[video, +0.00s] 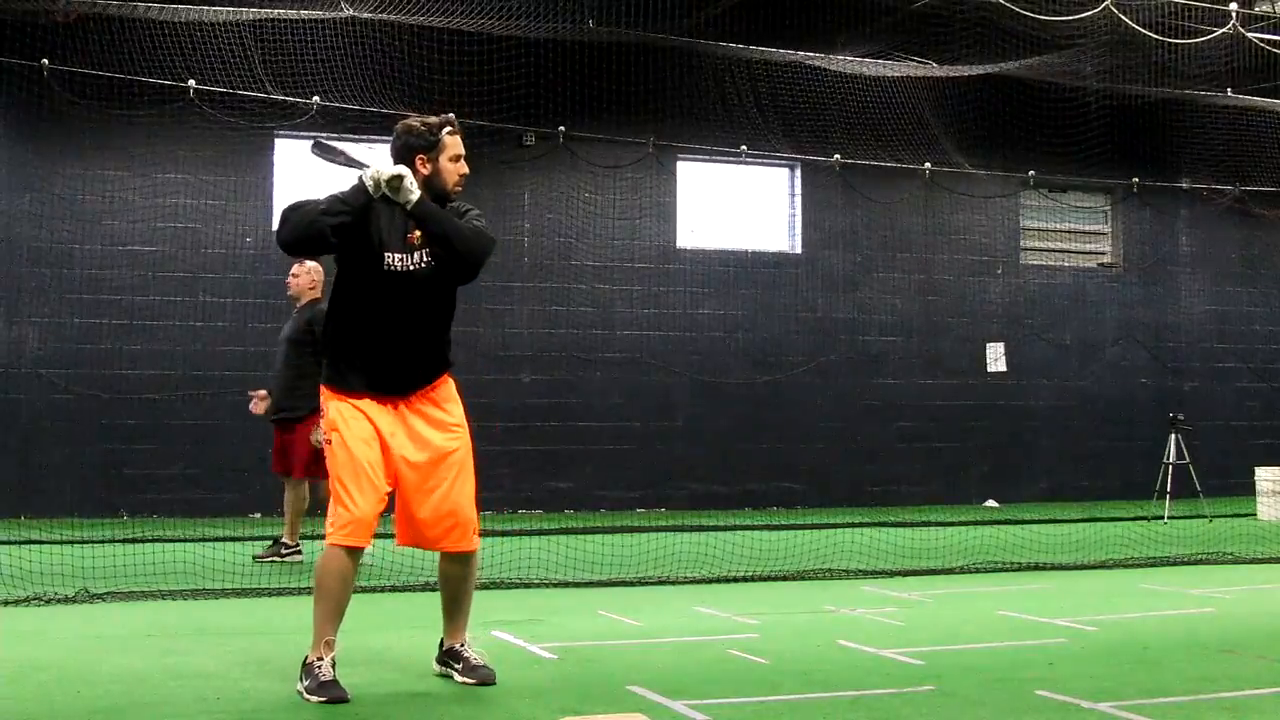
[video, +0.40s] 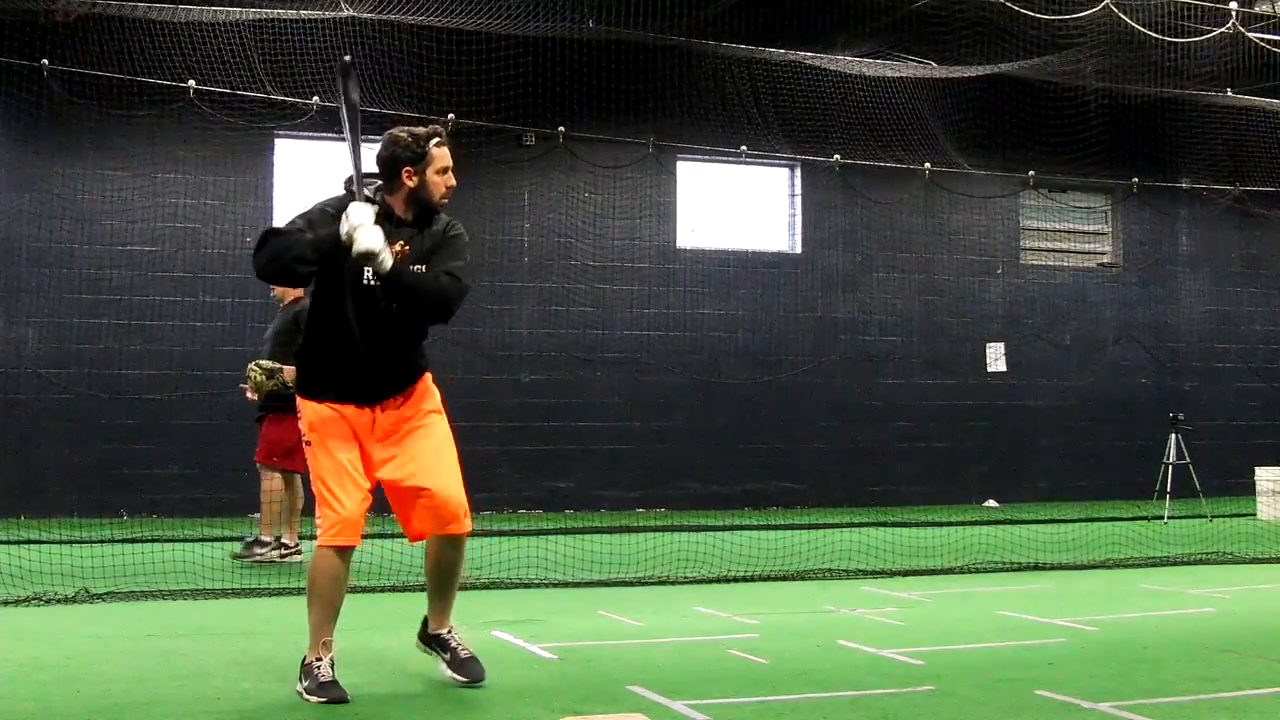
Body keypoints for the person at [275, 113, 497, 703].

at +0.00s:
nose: (464, 167)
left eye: (463, 157)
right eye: (455, 158)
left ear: (434, 163)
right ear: (421, 163)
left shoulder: (457, 219)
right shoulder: (360, 210)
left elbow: (474, 252)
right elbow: (291, 235)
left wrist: (416, 200)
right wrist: (362, 192)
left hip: (430, 395)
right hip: (354, 397)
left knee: (459, 527)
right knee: (353, 523)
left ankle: (454, 646)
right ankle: (320, 657)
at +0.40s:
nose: (450, 181)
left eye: (451, 171)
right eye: (442, 172)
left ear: (416, 175)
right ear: (407, 176)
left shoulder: (443, 232)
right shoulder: (343, 214)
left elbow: (445, 300)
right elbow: (266, 257)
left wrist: (386, 259)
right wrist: (339, 236)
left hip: (409, 400)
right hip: (332, 404)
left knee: (451, 516)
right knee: (342, 525)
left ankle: (438, 629)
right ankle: (318, 658)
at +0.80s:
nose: (469, 205)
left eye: (470, 194)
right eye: (460, 196)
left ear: (436, 198)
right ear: (422, 199)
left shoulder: (460, 258)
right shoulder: (359, 229)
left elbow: (429, 332)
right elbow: (271, 249)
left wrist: (334, 310)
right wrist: (300, 265)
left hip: (440, 401)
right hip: (359, 411)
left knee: (502, 499)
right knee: (348, 531)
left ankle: (481, 627)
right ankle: (322, 658)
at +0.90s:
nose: (480, 213)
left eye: (481, 202)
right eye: (470, 203)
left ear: (448, 206)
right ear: (432, 207)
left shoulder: (472, 264)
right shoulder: (373, 235)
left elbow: (414, 322)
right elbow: (285, 234)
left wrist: (331, 285)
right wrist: (314, 240)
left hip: (463, 409)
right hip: (381, 419)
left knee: (537, 516)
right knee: (363, 531)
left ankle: (543, 641)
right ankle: (323, 658)